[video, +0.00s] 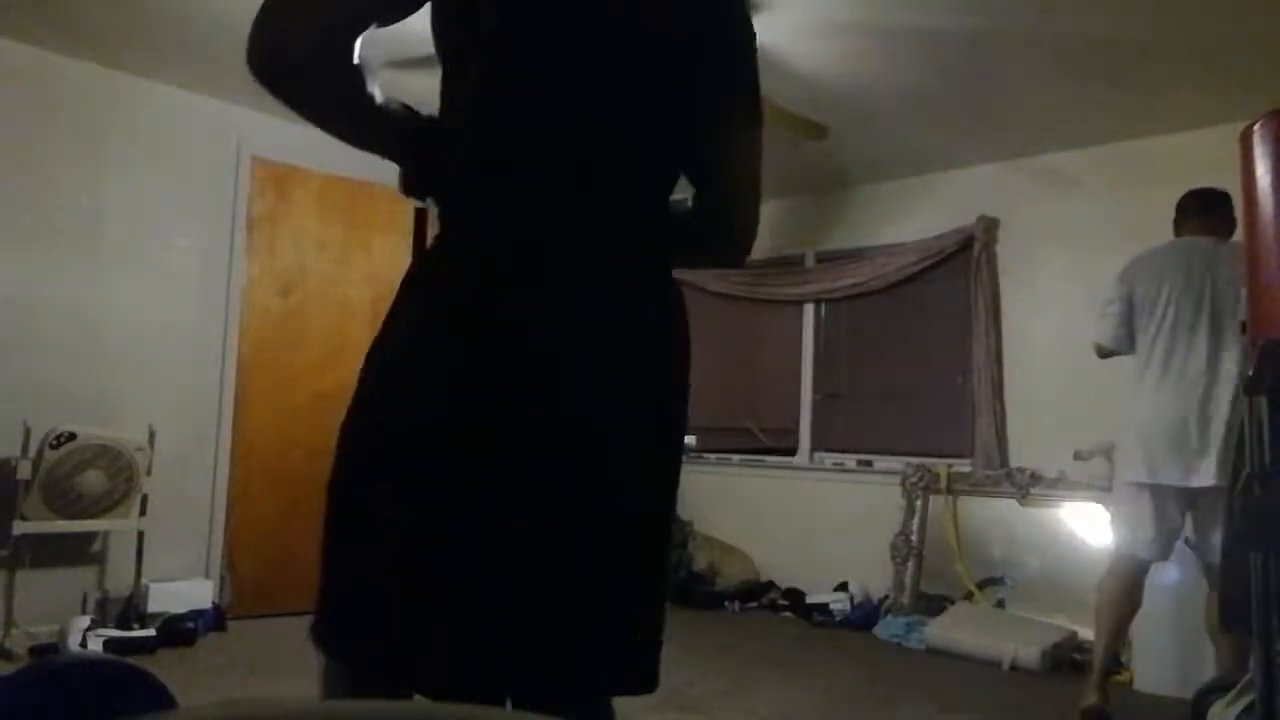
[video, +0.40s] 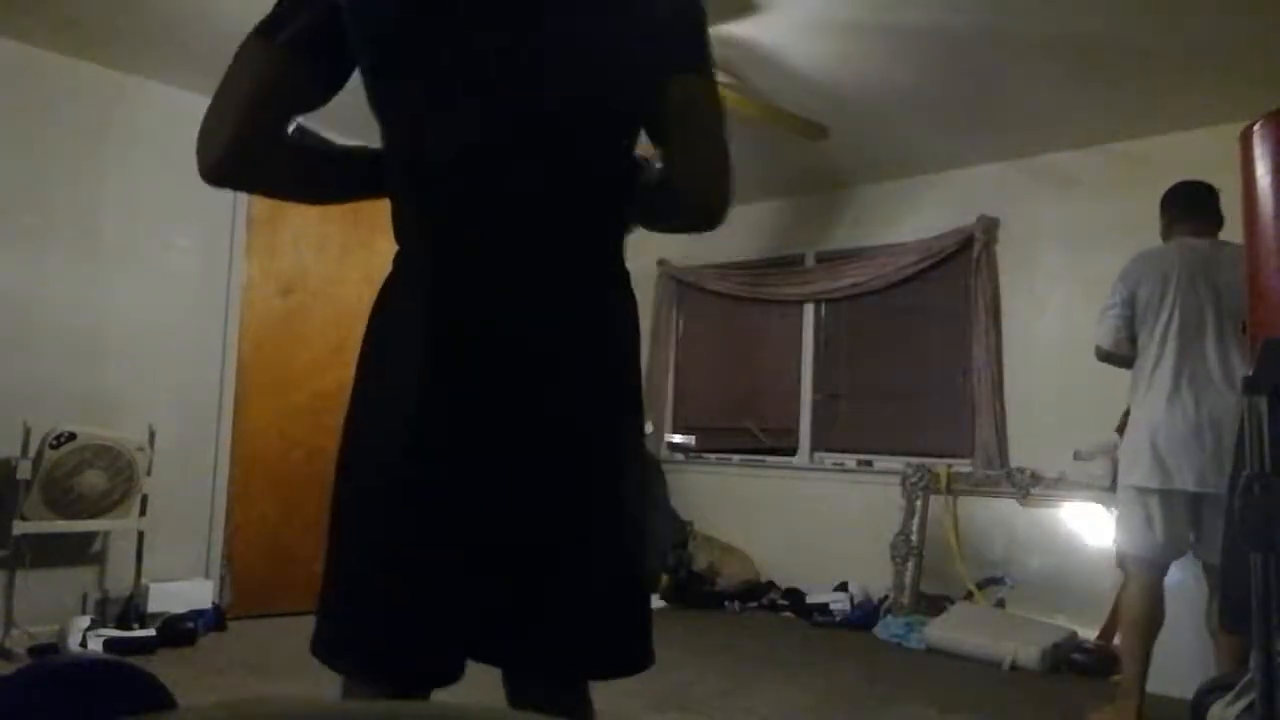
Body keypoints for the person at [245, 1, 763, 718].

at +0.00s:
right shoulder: (714, 15)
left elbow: (288, 45)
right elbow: (727, 228)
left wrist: (417, 143)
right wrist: (597, 224)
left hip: (460, 293)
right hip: (619, 315)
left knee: (370, 655)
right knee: (574, 671)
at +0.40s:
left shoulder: (360, 0)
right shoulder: (658, 5)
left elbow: (229, 148)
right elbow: (701, 197)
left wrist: (397, 169)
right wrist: (593, 179)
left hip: (430, 313)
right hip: (572, 315)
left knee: (383, 669)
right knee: (552, 673)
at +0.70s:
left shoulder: (358, 11)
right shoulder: (622, 9)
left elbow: (305, 192)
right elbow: (693, 196)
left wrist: (440, 169)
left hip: (423, 326)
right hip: (566, 331)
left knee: (374, 653)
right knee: (573, 639)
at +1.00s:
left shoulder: (467, 34)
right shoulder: (690, 41)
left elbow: (397, 197)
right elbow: (737, 240)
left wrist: (514, 158)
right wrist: (691, 115)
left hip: (494, 362)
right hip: (631, 369)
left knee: (424, 658)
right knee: (665, 658)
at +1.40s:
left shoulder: (579, 52)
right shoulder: (797, 82)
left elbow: (499, 171)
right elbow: (815, 255)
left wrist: (601, 114)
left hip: (594, 360)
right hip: (716, 369)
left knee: (507, 622)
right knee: (700, 639)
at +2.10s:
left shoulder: (579, 39)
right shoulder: (787, 87)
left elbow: (491, 130)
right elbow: (802, 246)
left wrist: (545, 181)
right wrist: (720, 187)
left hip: (583, 353)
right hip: (706, 365)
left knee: (506, 624)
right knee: (703, 640)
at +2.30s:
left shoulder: (533, 38)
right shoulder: (747, 83)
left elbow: (442, 127)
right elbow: (792, 257)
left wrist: (460, 186)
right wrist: (708, 167)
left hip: (548, 357)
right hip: (673, 368)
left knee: (497, 642)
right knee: (689, 646)